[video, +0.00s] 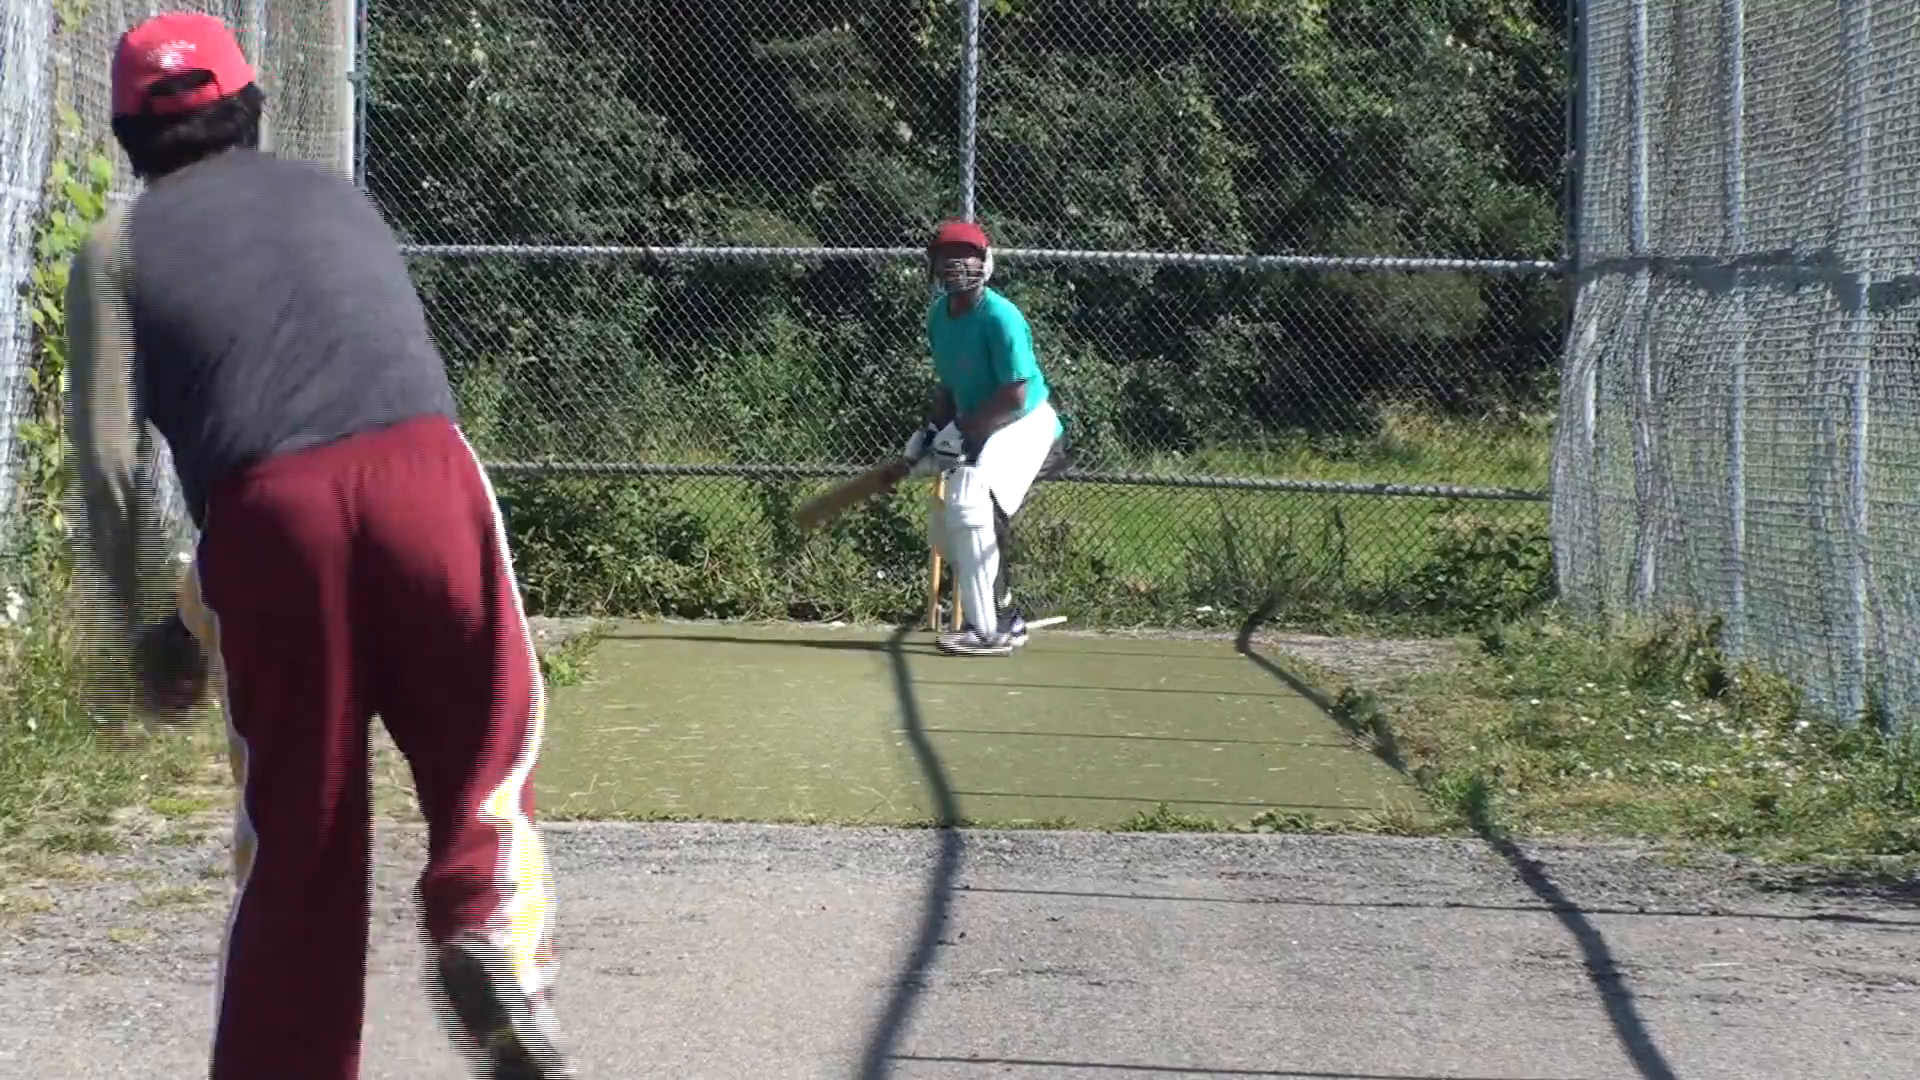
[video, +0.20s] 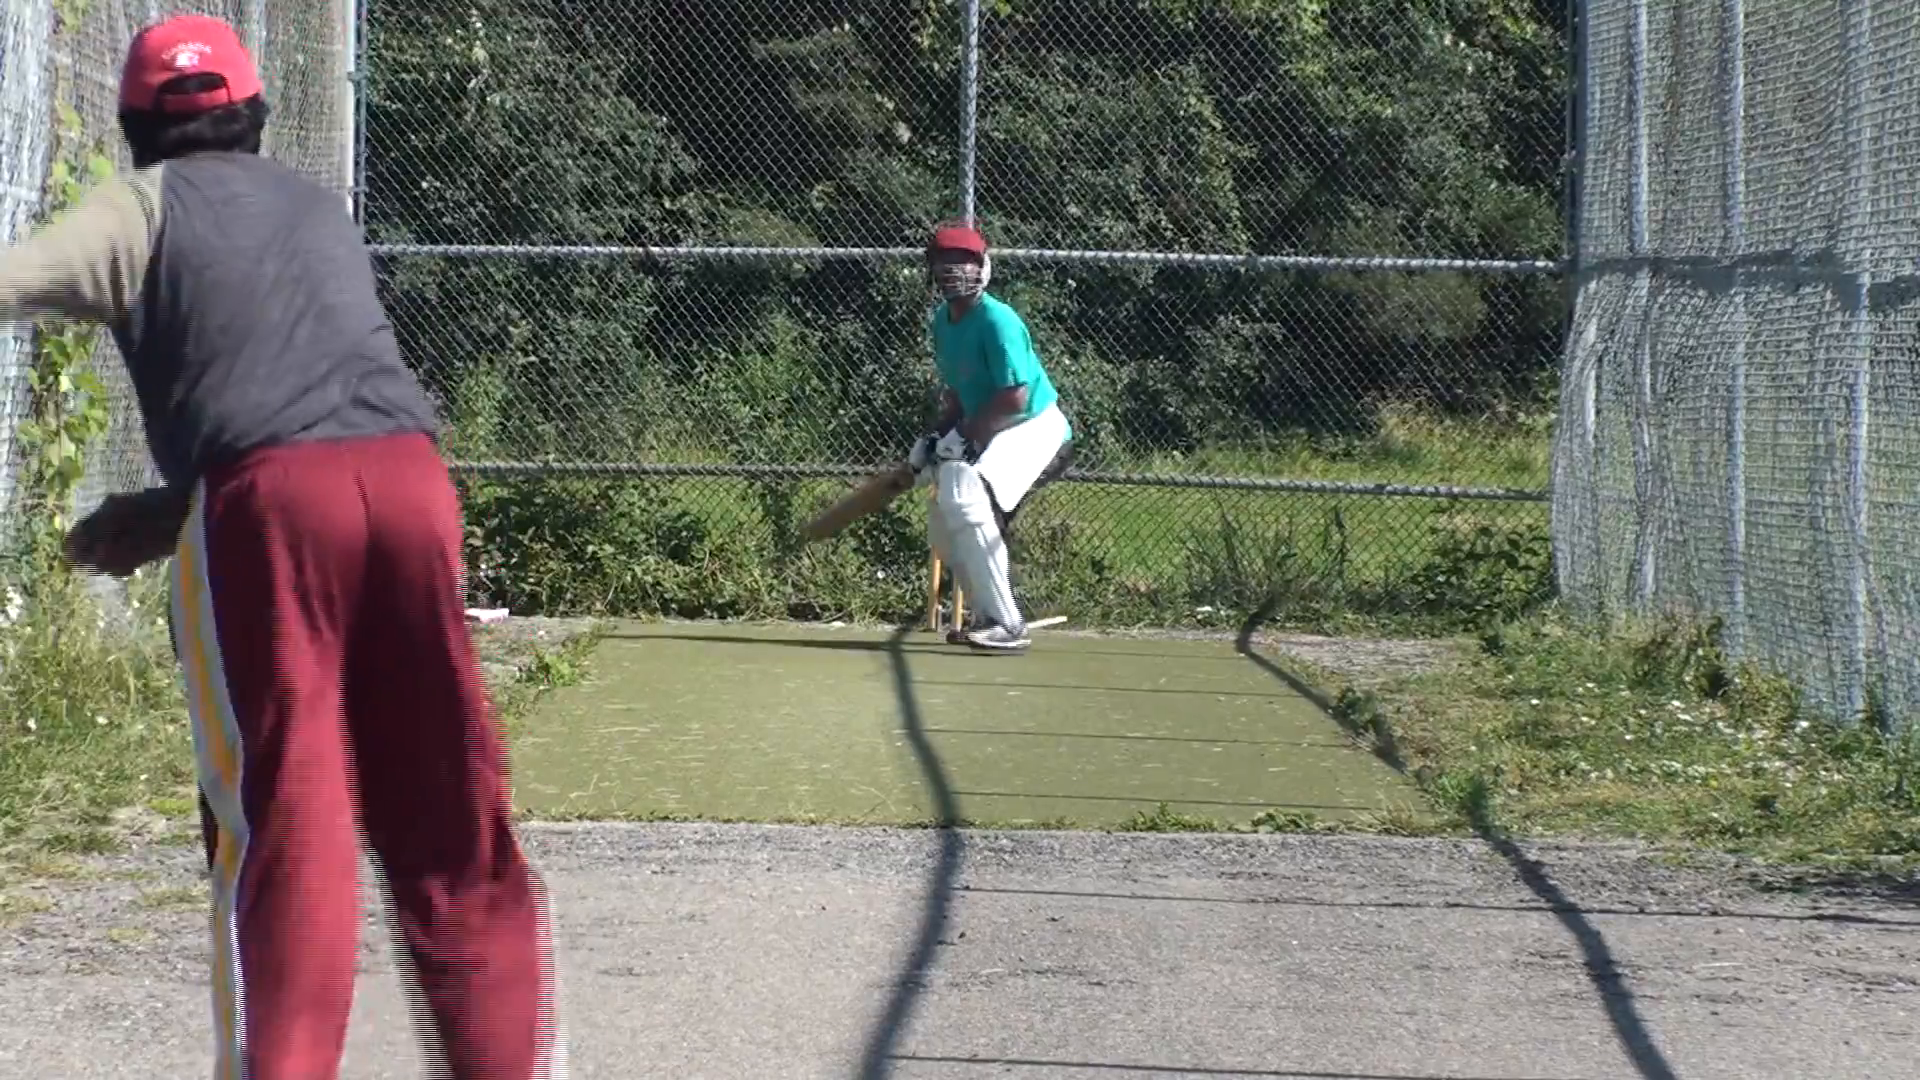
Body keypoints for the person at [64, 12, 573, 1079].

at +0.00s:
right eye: (231, 105)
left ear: (129, 136)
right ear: (252, 111)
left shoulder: (116, 243)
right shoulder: (336, 192)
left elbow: (112, 461)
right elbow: (378, 359)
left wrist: (149, 622)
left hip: (272, 506)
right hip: (426, 468)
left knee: (301, 817)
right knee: (484, 736)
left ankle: (280, 1061)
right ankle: (486, 936)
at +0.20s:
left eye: (152, 114)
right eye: (221, 103)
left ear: (137, 123)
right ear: (255, 114)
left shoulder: (138, 208)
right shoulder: (319, 202)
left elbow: (17, 279)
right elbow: (314, 396)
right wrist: (177, 506)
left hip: (273, 496)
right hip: (413, 482)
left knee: (283, 809)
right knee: (445, 794)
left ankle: (281, 1060)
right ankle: (507, 1058)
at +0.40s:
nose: (192, 148)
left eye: (180, 134)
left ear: (172, 141)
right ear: (286, 144)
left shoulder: (165, 230)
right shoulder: (338, 246)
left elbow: (47, 332)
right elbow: (262, 413)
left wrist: (6, 377)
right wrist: (94, 470)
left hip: (224, 560)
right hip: (348, 556)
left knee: (210, 796)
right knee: (302, 796)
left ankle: (249, 1038)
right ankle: (284, 1029)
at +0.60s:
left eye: (138, 126)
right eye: (215, 126)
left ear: (129, 135)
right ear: (239, 140)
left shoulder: (107, 229)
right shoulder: (294, 246)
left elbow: (92, 413)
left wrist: (53, 606)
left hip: (162, 555)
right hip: (294, 552)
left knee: (95, 819)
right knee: (260, 837)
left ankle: (111, 1035)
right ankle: (272, 1060)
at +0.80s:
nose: (104, 158)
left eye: (57, 145)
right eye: (122, 141)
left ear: (38, 155)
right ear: (148, 153)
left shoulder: (23, 248)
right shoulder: (209, 253)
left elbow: (10, 419)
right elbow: (230, 407)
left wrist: (6, 570)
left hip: (69, 570)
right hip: (208, 564)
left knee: (9, 845)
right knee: (232, 852)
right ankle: (256, 1058)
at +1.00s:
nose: (54, 190)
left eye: (27, 177)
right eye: (70, 177)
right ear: (76, 183)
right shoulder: (143, 271)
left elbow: (207, 445)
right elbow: (205, 446)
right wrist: (194, 543)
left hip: (20, 555)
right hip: (157, 545)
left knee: (2, 821)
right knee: (198, 792)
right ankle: (246, 1018)